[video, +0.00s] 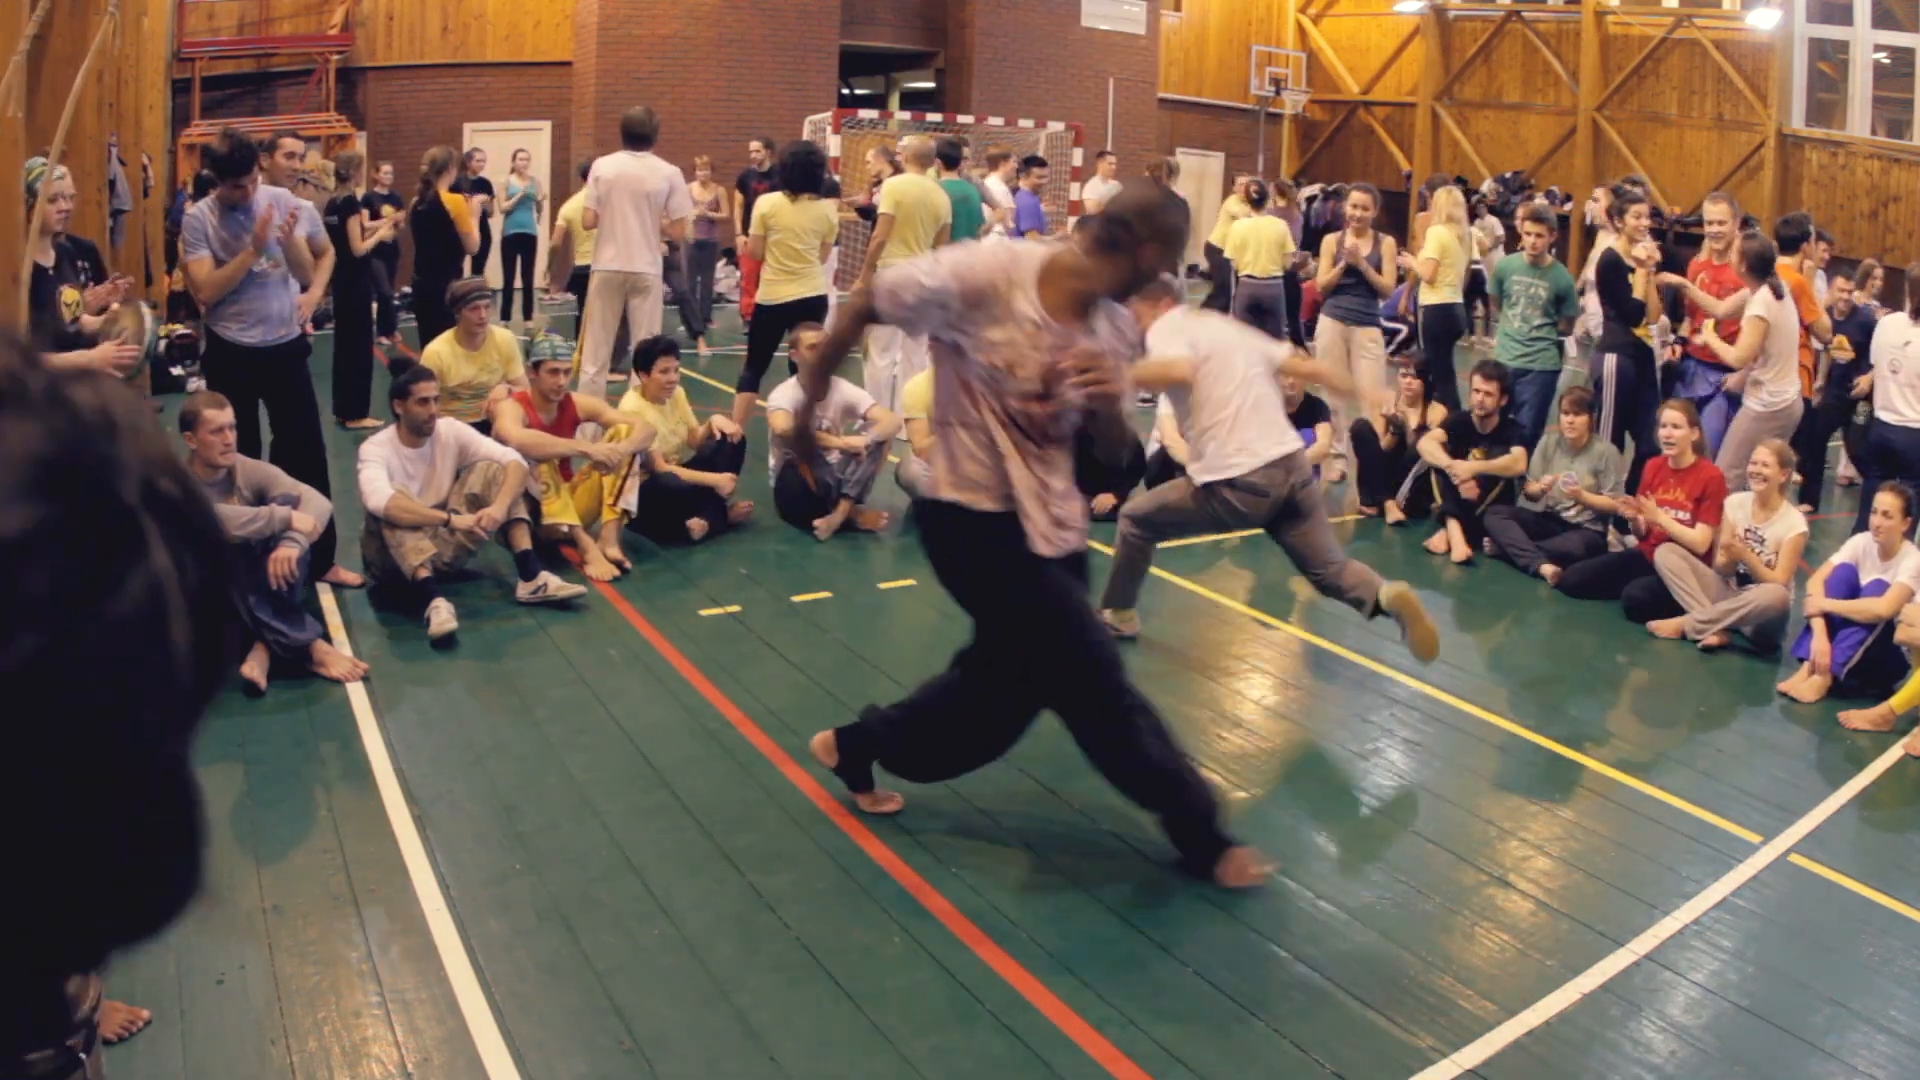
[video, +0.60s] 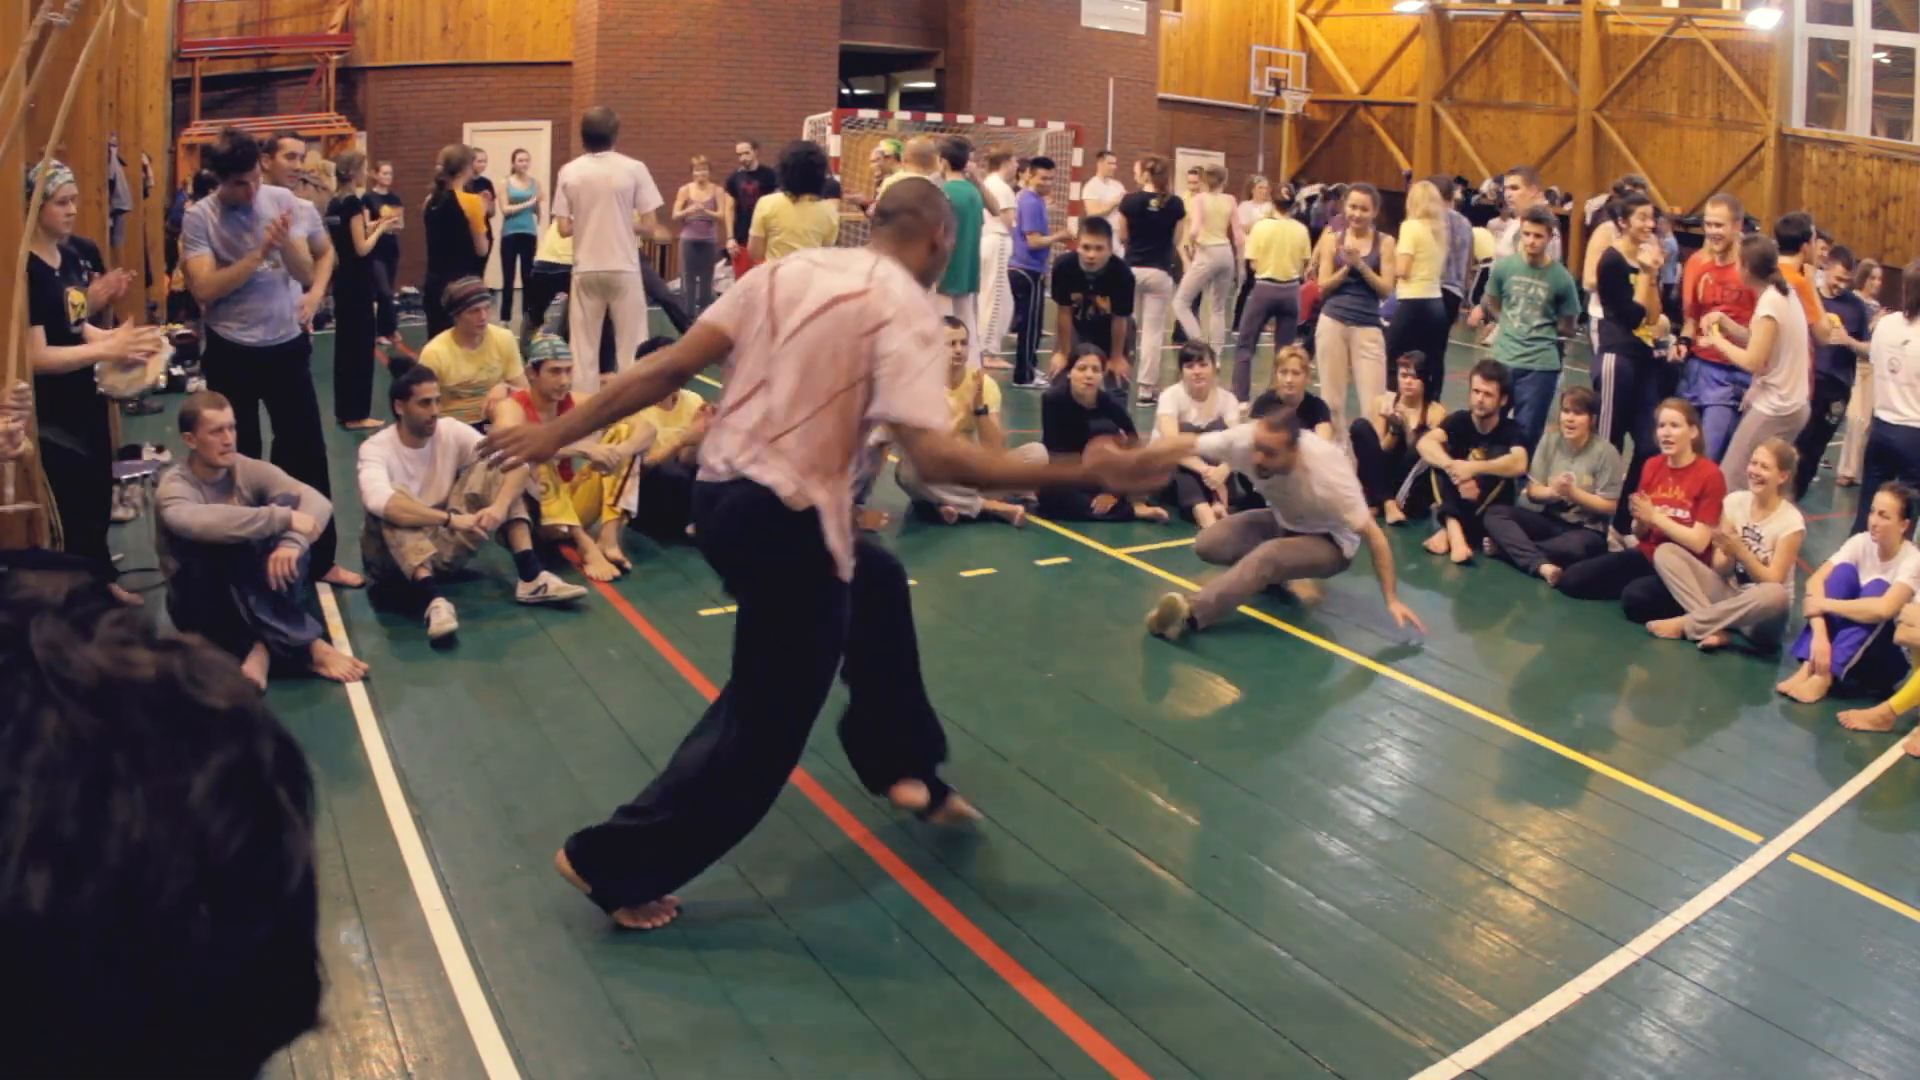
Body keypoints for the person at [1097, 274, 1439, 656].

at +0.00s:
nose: (1134, 319)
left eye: (1134, 311)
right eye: (1133, 312)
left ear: (1149, 302)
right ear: (1175, 297)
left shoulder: (1165, 328)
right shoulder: (1229, 326)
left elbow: (1180, 371)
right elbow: (1308, 366)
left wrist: (1120, 376)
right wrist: (1354, 394)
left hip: (1240, 481)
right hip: (1292, 468)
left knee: (1138, 516)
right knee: (1330, 569)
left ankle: (1118, 612)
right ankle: (1386, 597)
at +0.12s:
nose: (1098, 384)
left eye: (1101, 372)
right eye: (1093, 377)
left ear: (1124, 358)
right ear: (1132, 356)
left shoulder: (1148, 382)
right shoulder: (1175, 370)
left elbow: (1196, 419)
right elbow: (1241, 410)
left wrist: (1128, 429)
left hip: (1256, 494)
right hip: (1287, 477)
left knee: (1139, 509)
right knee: (1284, 565)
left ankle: (1118, 613)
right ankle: (1376, 577)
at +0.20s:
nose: (1105, 415)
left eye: (1109, 401)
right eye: (1099, 406)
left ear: (1137, 388)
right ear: (1140, 391)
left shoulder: (1164, 406)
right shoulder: (1174, 400)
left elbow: (1223, 436)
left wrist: (1157, 452)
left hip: (1276, 499)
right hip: (1289, 491)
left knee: (1163, 508)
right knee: (1245, 543)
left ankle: (1119, 610)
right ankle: (1327, 573)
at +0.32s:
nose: (1141, 454)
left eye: (1147, 442)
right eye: (1135, 444)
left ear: (1174, 428)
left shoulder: (1209, 441)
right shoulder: (1183, 443)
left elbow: (1284, 463)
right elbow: (1203, 469)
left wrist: (1267, 508)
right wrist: (1171, 483)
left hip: (1303, 512)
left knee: (1211, 519)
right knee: (1219, 516)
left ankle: (1133, 611)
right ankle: (1294, 565)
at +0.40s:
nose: (1175, 463)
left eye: (1181, 455)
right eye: (1170, 456)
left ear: (1207, 441)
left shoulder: (1251, 468)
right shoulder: (1201, 448)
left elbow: (1325, 491)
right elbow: (1182, 466)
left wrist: (1338, 545)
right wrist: (1152, 486)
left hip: (1309, 521)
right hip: (1267, 507)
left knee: (1233, 532)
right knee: (1206, 525)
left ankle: (1154, 611)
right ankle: (1285, 567)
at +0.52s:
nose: (1223, 464)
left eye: (1232, 457)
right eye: (1221, 454)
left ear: (1259, 450)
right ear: (1220, 442)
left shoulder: (1299, 475)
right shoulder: (1222, 443)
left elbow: (1361, 521)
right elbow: (1180, 461)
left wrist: (1387, 579)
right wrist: (1130, 477)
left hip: (1324, 531)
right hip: (1272, 517)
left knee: (1256, 552)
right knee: (1205, 539)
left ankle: (1179, 615)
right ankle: (1275, 579)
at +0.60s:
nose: (1257, 459)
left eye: (1268, 453)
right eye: (1255, 448)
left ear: (1293, 449)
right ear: (1252, 436)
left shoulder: (1328, 476)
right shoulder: (1244, 441)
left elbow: (1375, 537)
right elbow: (1185, 447)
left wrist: (1391, 599)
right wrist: (1131, 460)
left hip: (1331, 537)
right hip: (1282, 520)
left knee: (1267, 557)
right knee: (1207, 544)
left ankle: (1186, 615)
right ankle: (1276, 577)